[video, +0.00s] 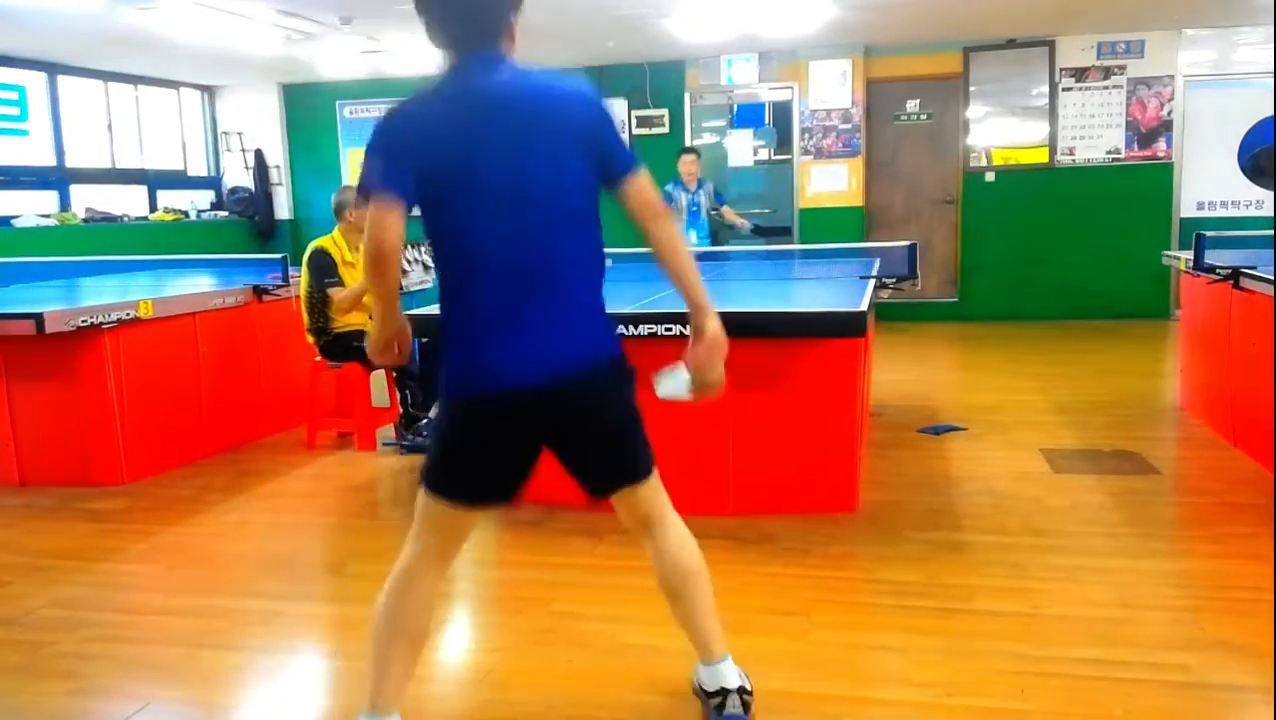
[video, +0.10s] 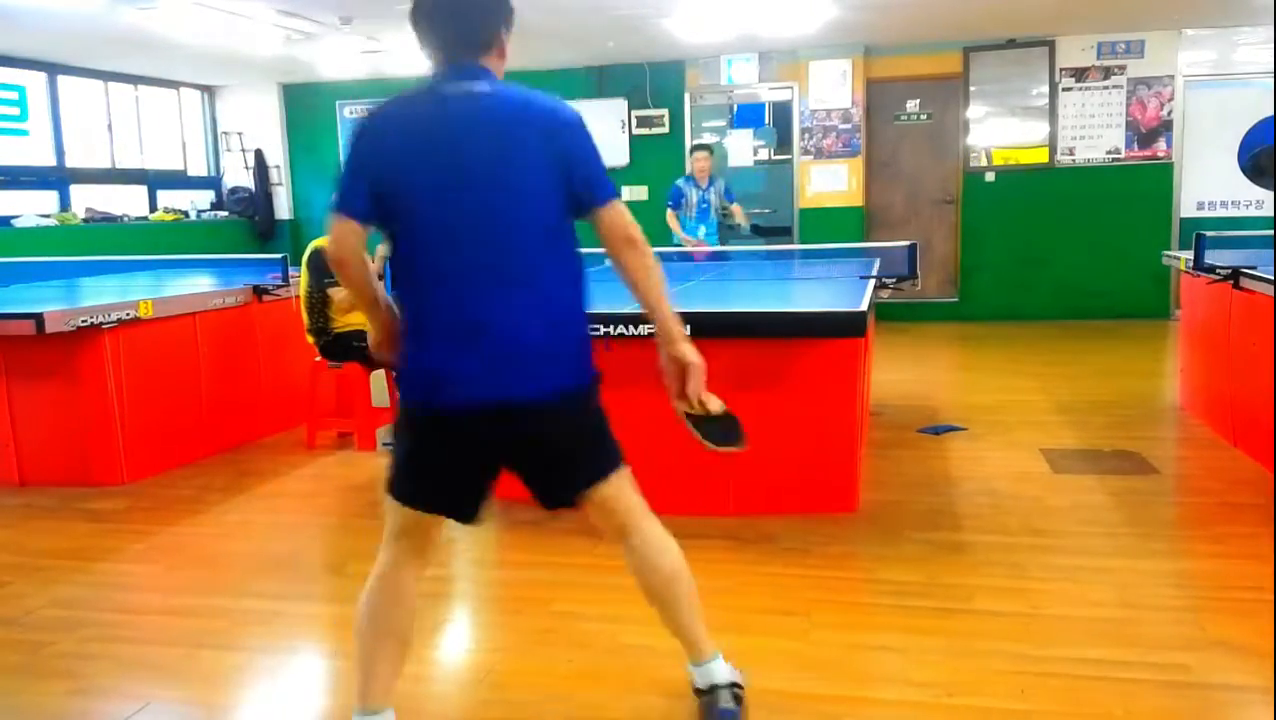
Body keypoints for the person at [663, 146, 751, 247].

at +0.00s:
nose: (689, 168)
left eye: (693, 163)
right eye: (685, 163)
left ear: (698, 165)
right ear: (678, 166)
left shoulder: (708, 187)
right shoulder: (670, 190)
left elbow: (723, 209)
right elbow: (663, 218)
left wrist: (738, 221)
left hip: (704, 247)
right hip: (679, 249)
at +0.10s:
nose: (702, 165)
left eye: (706, 160)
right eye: (697, 160)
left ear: (712, 162)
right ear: (691, 163)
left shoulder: (719, 184)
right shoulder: (681, 186)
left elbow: (734, 206)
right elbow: (670, 215)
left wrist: (743, 227)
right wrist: (685, 238)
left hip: (712, 245)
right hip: (686, 246)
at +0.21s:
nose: (709, 167)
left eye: (713, 162)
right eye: (705, 162)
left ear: (718, 164)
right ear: (698, 165)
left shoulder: (726, 183)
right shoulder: (688, 186)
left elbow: (743, 205)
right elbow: (675, 214)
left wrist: (733, 210)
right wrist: (691, 233)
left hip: (717, 240)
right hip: (692, 241)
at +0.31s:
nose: (712, 170)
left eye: (716, 165)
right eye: (708, 165)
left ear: (722, 167)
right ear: (701, 168)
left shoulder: (730, 182)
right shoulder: (693, 188)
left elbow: (750, 199)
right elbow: (681, 219)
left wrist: (733, 198)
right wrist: (699, 229)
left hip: (724, 241)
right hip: (699, 242)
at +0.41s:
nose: (714, 172)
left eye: (718, 167)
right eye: (709, 167)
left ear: (723, 168)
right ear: (701, 169)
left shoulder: (730, 182)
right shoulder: (693, 190)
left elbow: (756, 193)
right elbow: (686, 222)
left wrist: (735, 193)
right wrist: (709, 221)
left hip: (725, 246)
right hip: (700, 248)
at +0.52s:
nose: (718, 163)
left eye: (722, 158)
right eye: (713, 159)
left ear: (726, 160)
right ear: (705, 162)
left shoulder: (731, 174)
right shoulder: (697, 176)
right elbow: (694, 190)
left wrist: (752, 185)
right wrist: (696, 201)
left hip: (724, 232)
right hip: (702, 232)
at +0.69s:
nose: (723, 150)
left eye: (726, 145)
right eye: (717, 145)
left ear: (730, 147)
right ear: (709, 148)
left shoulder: (733, 168)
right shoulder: (698, 172)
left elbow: (752, 181)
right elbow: (690, 200)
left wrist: (756, 191)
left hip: (730, 234)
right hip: (707, 235)